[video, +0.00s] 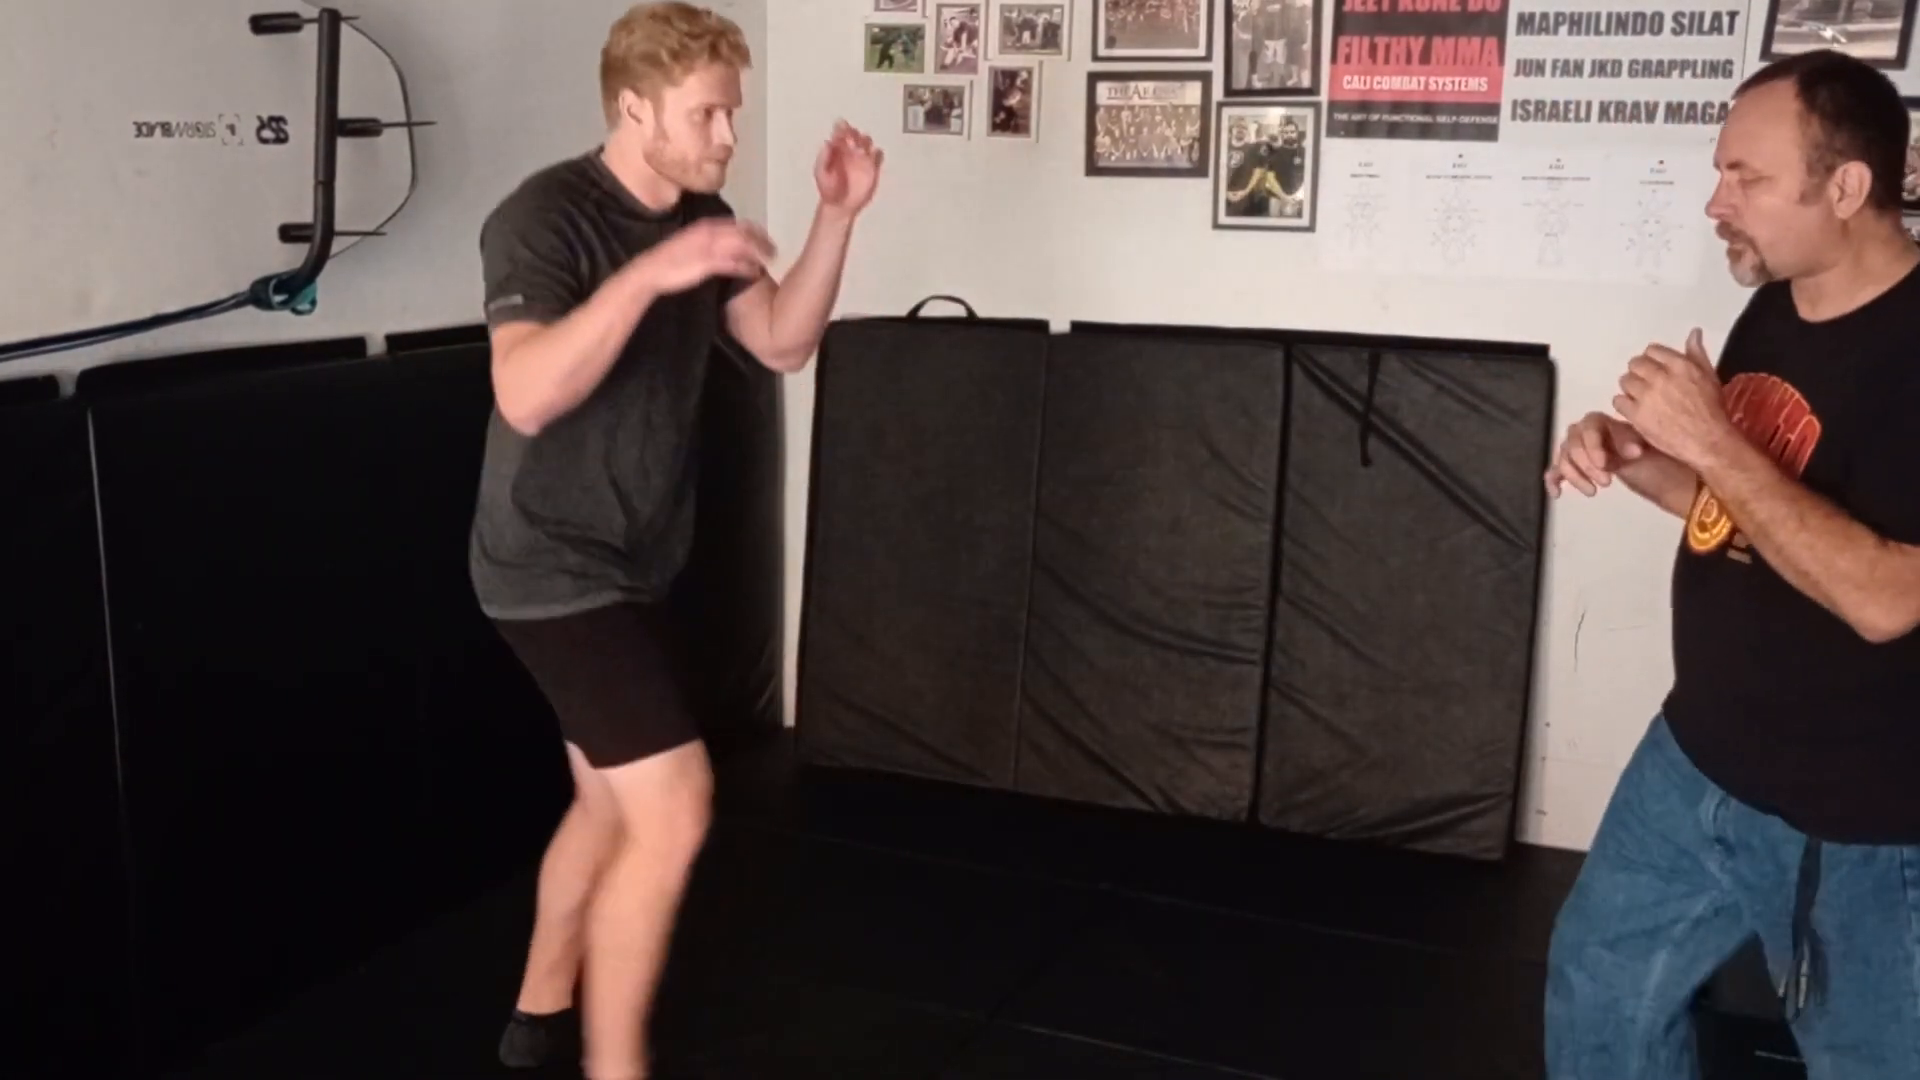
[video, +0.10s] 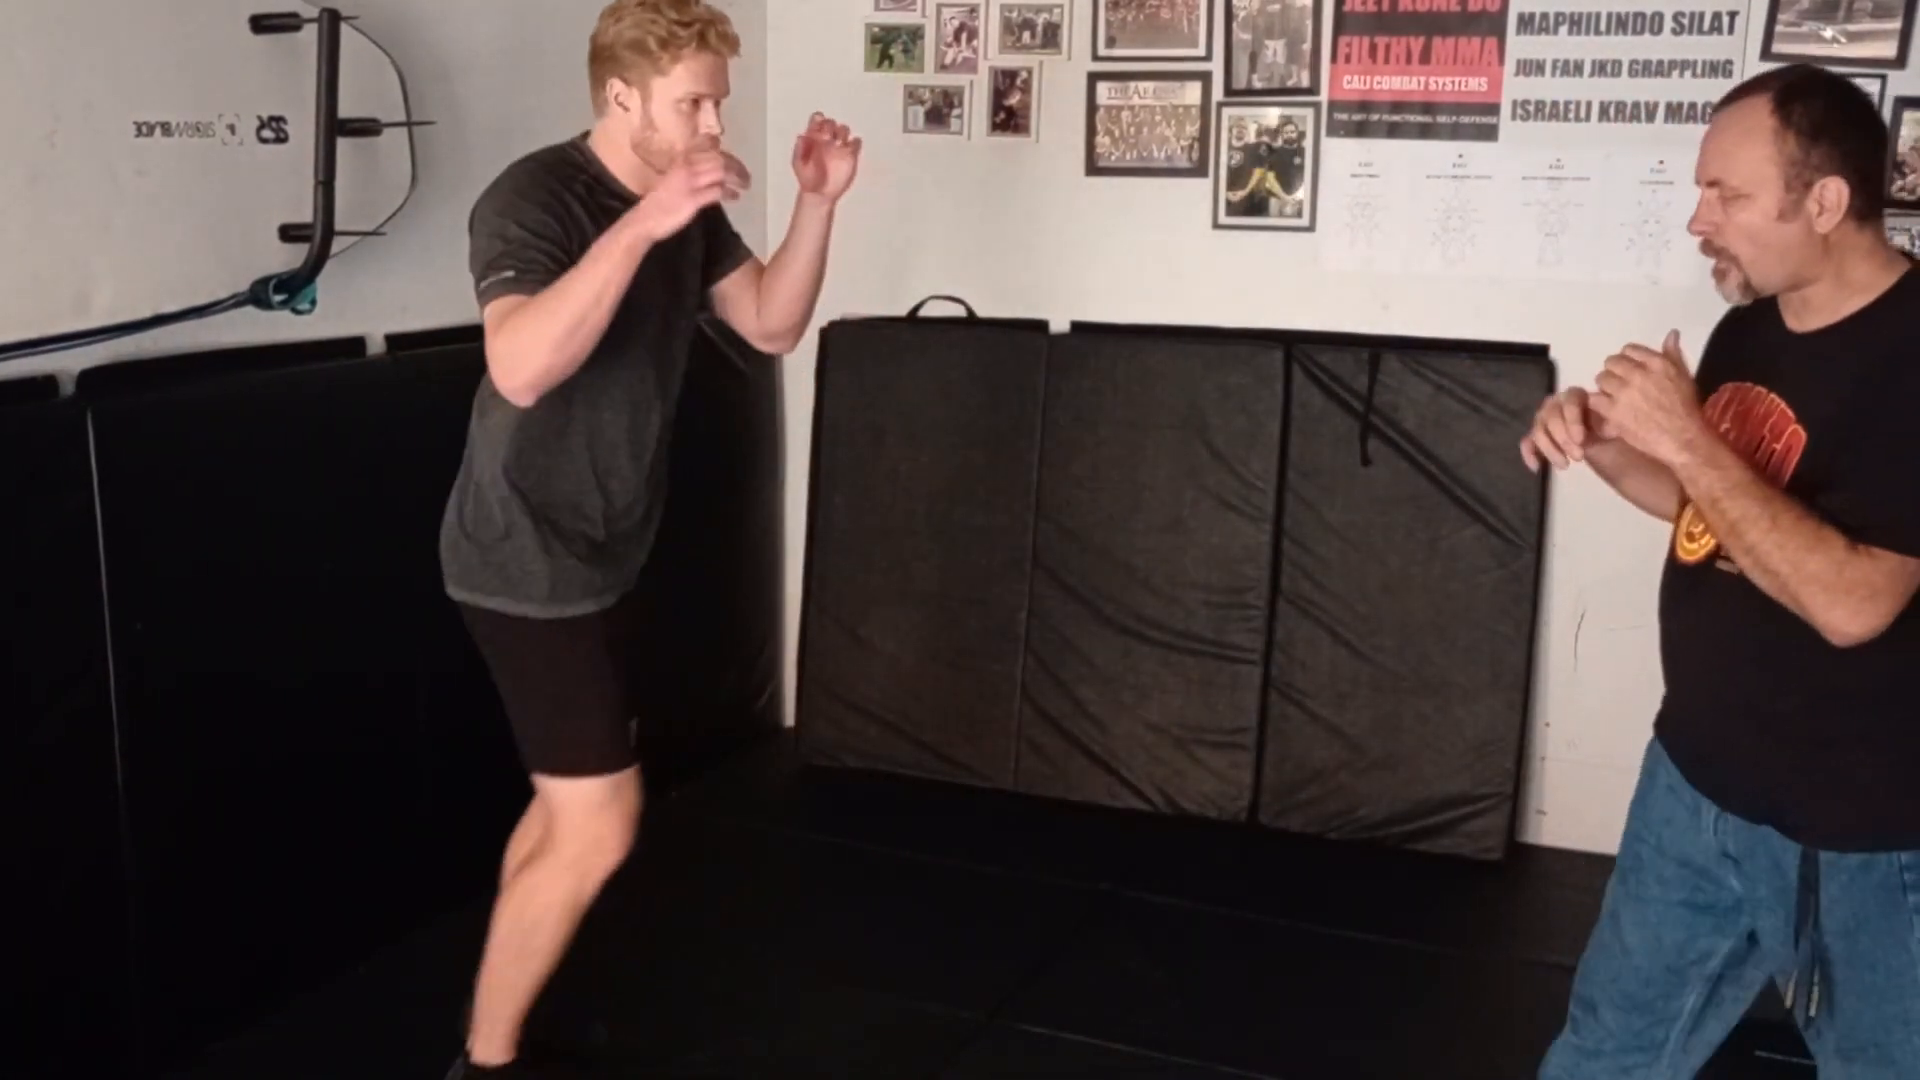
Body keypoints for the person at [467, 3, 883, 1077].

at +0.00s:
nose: (730, 136)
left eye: (733, 113)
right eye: (710, 115)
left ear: (690, 115)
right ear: (635, 112)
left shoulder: (694, 225)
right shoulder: (542, 217)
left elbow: (782, 341)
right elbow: (527, 394)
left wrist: (836, 216)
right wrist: (652, 273)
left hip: (639, 565)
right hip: (549, 572)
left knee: (607, 804)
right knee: (672, 806)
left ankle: (538, 1023)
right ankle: (613, 1068)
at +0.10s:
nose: (713, 124)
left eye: (719, 104)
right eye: (694, 103)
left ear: (710, 104)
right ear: (622, 101)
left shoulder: (688, 211)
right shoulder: (532, 199)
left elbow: (770, 323)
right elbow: (520, 368)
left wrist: (816, 203)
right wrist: (645, 220)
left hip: (603, 559)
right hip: (519, 564)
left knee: (560, 809)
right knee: (599, 826)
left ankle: (498, 1022)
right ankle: (485, 1058)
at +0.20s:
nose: (696, 156)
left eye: (701, 131)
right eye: (675, 131)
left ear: (697, 128)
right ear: (601, 123)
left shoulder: (662, 235)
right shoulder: (510, 225)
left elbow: (747, 348)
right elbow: (506, 390)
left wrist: (792, 242)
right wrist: (626, 243)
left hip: (586, 584)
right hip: (500, 592)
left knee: (528, 808)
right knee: (571, 842)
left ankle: (429, 975)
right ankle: (482, 1072)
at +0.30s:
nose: (684, 176)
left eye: (689, 152)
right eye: (664, 152)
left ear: (685, 145)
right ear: (590, 141)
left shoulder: (653, 256)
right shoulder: (489, 244)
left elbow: (702, 398)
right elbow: (472, 422)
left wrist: (768, 338)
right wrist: (600, 295)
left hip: (579, 593)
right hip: (489, 597)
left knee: (504, 816)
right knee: (569, 845)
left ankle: (419, 988)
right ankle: (480, 1072)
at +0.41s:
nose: (685, 173)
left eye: (690, 149)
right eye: (666, 149)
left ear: (686, 142)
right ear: (591, 137)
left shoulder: (651, 252)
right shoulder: (475, 241)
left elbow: (675, 399)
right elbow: (428, 420)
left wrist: (756, 388)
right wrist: (564, 344)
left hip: (576, 594)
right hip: (477, 596)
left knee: (496, 810)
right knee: (558, 842)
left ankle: (419, 987)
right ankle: (475, 1071)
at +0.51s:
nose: (687, 172)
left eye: (692, 147)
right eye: (668, 148)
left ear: (687, 140)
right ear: (590, 137)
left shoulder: (657, 253)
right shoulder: (474, 240)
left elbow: (687, 396)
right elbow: (409, 414)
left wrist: (775, 372)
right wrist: (540, 331)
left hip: (576, 593)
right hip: (476, 596)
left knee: (494, 810)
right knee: (550, 846)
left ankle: (420, 983)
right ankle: (472, 1071)